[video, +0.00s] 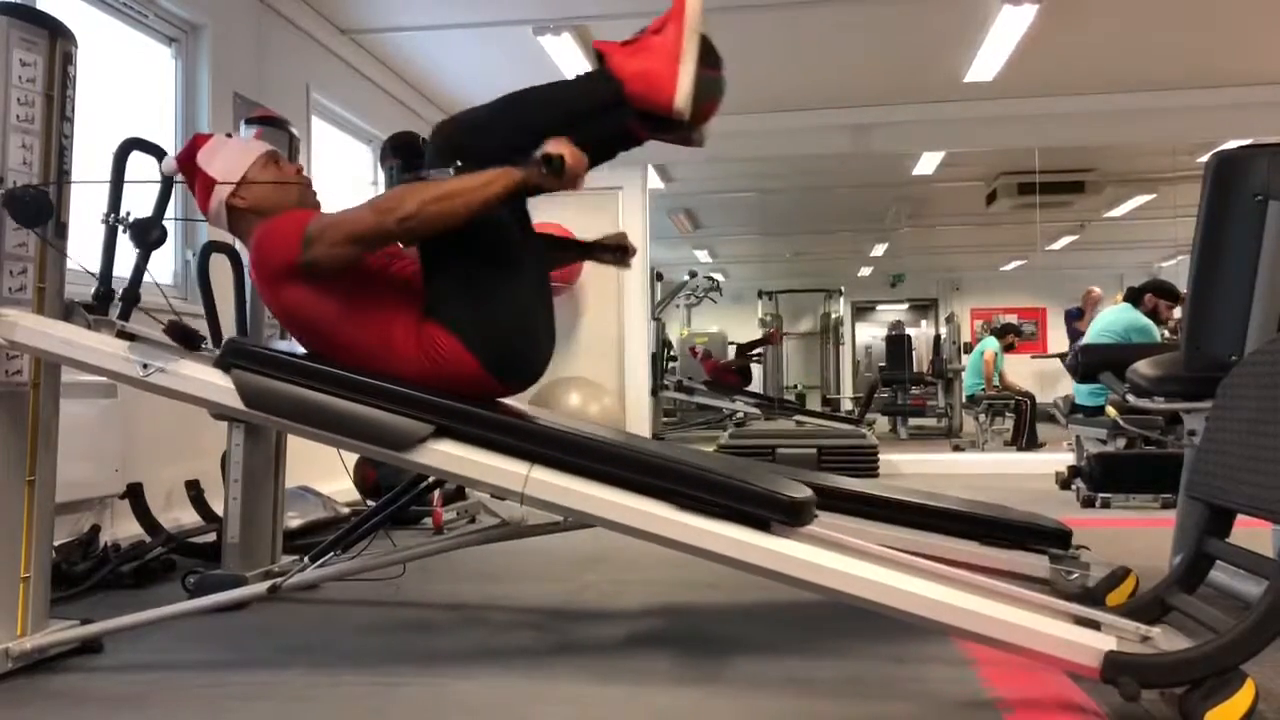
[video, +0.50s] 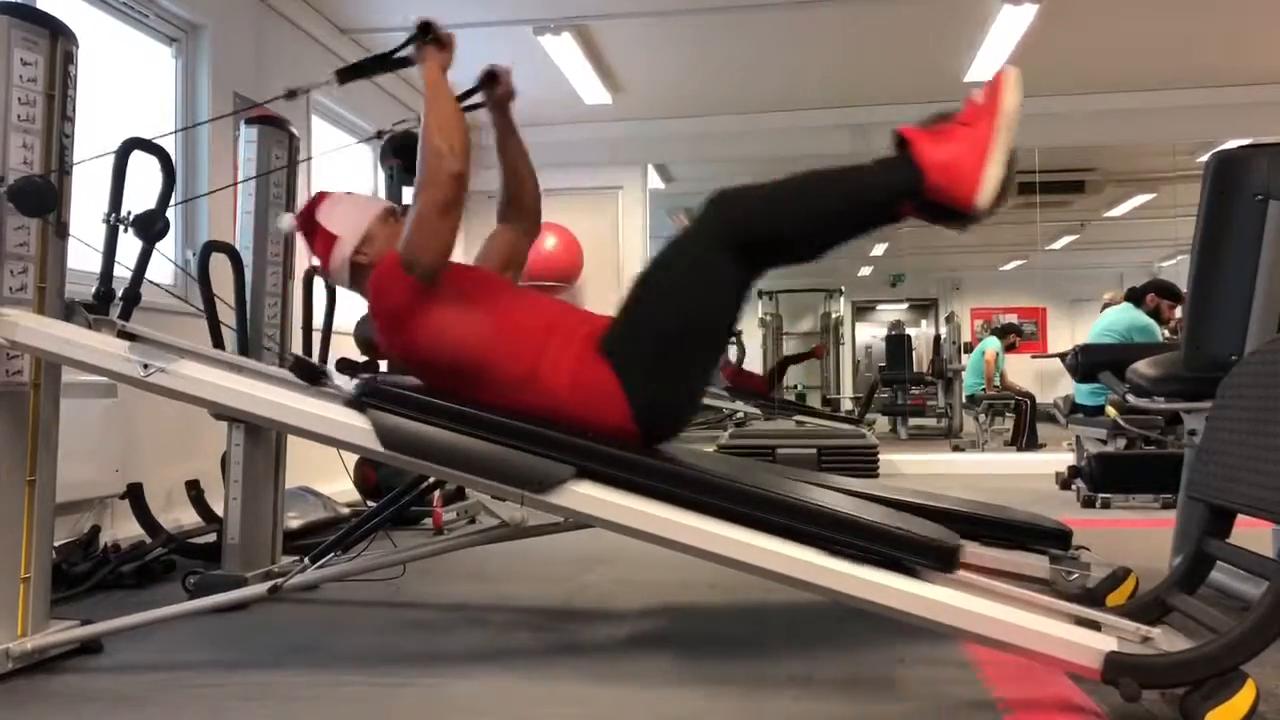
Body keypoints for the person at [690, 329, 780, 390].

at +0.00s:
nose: (709, 351)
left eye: (707, 349)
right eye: (707, 350)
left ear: (702, 357)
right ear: (705, 355)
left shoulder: (710, 365)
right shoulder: (711, 365)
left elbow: (733, 362)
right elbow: (733, 363)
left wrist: (754, 357)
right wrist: (753, 361)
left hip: (740, 379)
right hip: (743, 380)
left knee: (740, 349)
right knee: (740, 350)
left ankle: (767, 339)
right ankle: (768, 340)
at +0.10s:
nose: (713, 353)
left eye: (710, 352)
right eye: (710, 353)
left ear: (703, 360)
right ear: (708, 356)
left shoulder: (712, 368)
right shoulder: (713, 366)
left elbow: (732, 362)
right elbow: (733, 361)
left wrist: (745, 358)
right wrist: (746, 359)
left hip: (742, 381)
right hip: (745, 380)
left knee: (746, 351)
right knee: (747, 351)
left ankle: (773, 340)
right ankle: (774, 340)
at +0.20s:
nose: (714, 353)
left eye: (711, 352)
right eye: (711, 353)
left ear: (706, 361)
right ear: (710, 358)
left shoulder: (715, 369)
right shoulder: (716, 368)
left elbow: (734, 359)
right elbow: (736, 359)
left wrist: (746, 348)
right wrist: (748, 347)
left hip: (747, 381)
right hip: (750, 382)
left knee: (754, 351)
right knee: (754, 352)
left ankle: (781, 342)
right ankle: (782, 342)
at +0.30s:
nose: (718, 355)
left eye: (715, 354)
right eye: (715, 355)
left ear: (710, 362)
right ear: (714, 359)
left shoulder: (719, 371)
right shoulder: (721, 370)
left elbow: (735, 358)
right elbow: (738, 357)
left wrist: (742, 345)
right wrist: (747, 343)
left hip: (751, 385)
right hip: (755, 383)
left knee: (764, 357)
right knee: (764, 355)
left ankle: (793, 345)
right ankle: (794, 346)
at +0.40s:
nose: (719, 356)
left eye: (716, 355)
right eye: (716, 356)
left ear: (713, 364)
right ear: (716, 360)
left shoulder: (726, 370)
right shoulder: (725, 372)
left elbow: (739, 356)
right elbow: (739, 356)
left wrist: (741, 340)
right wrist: (742, 339)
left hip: (759, 382)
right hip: (761, 385)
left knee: (773, 359)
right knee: (774, 358)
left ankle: (803, 350)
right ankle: (804, 350)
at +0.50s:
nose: (729, 359)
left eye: (727, 357)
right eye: (726, 358)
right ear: (724, 361)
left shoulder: (730, 374)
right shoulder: (730, 373)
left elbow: (740, 355)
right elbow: (741, 355)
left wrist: (737, 339)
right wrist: (738, 338)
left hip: (765, 389)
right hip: (766, 385)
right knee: (784, 362)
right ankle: (813, 353)